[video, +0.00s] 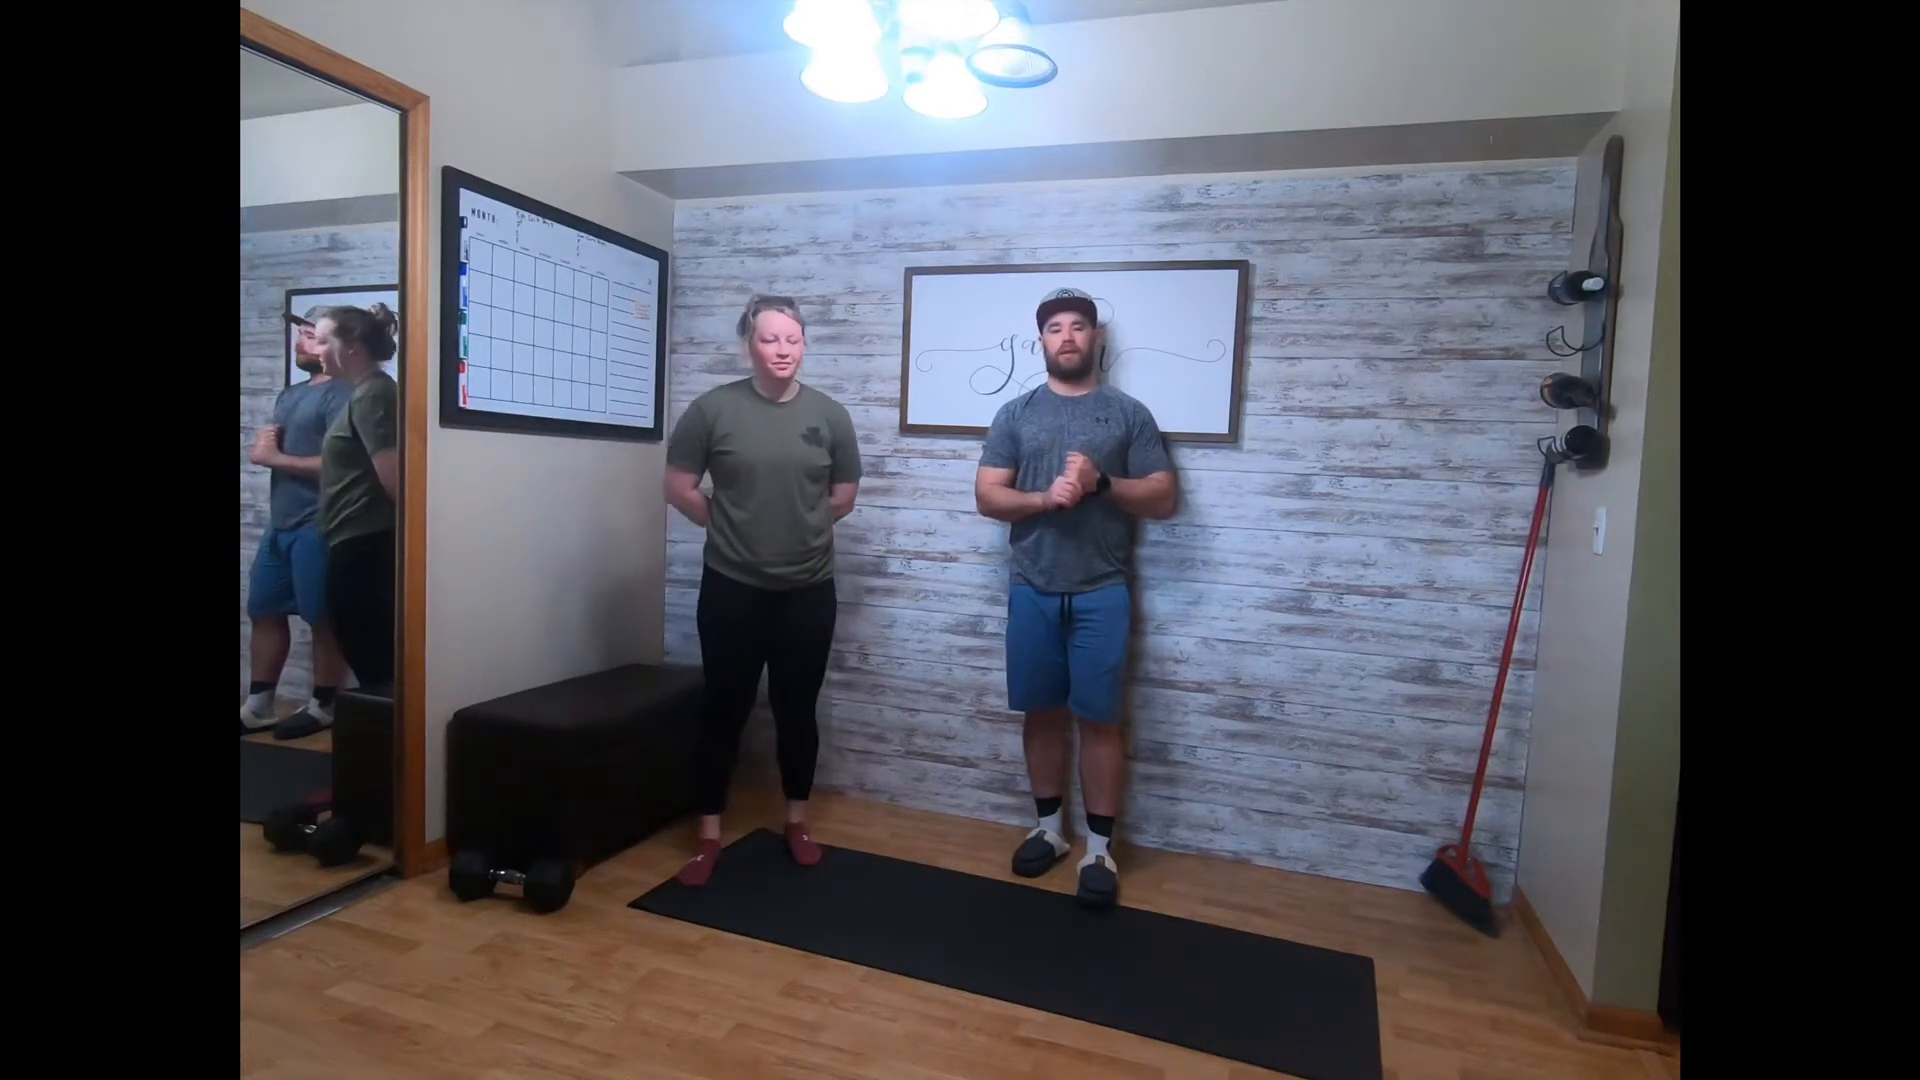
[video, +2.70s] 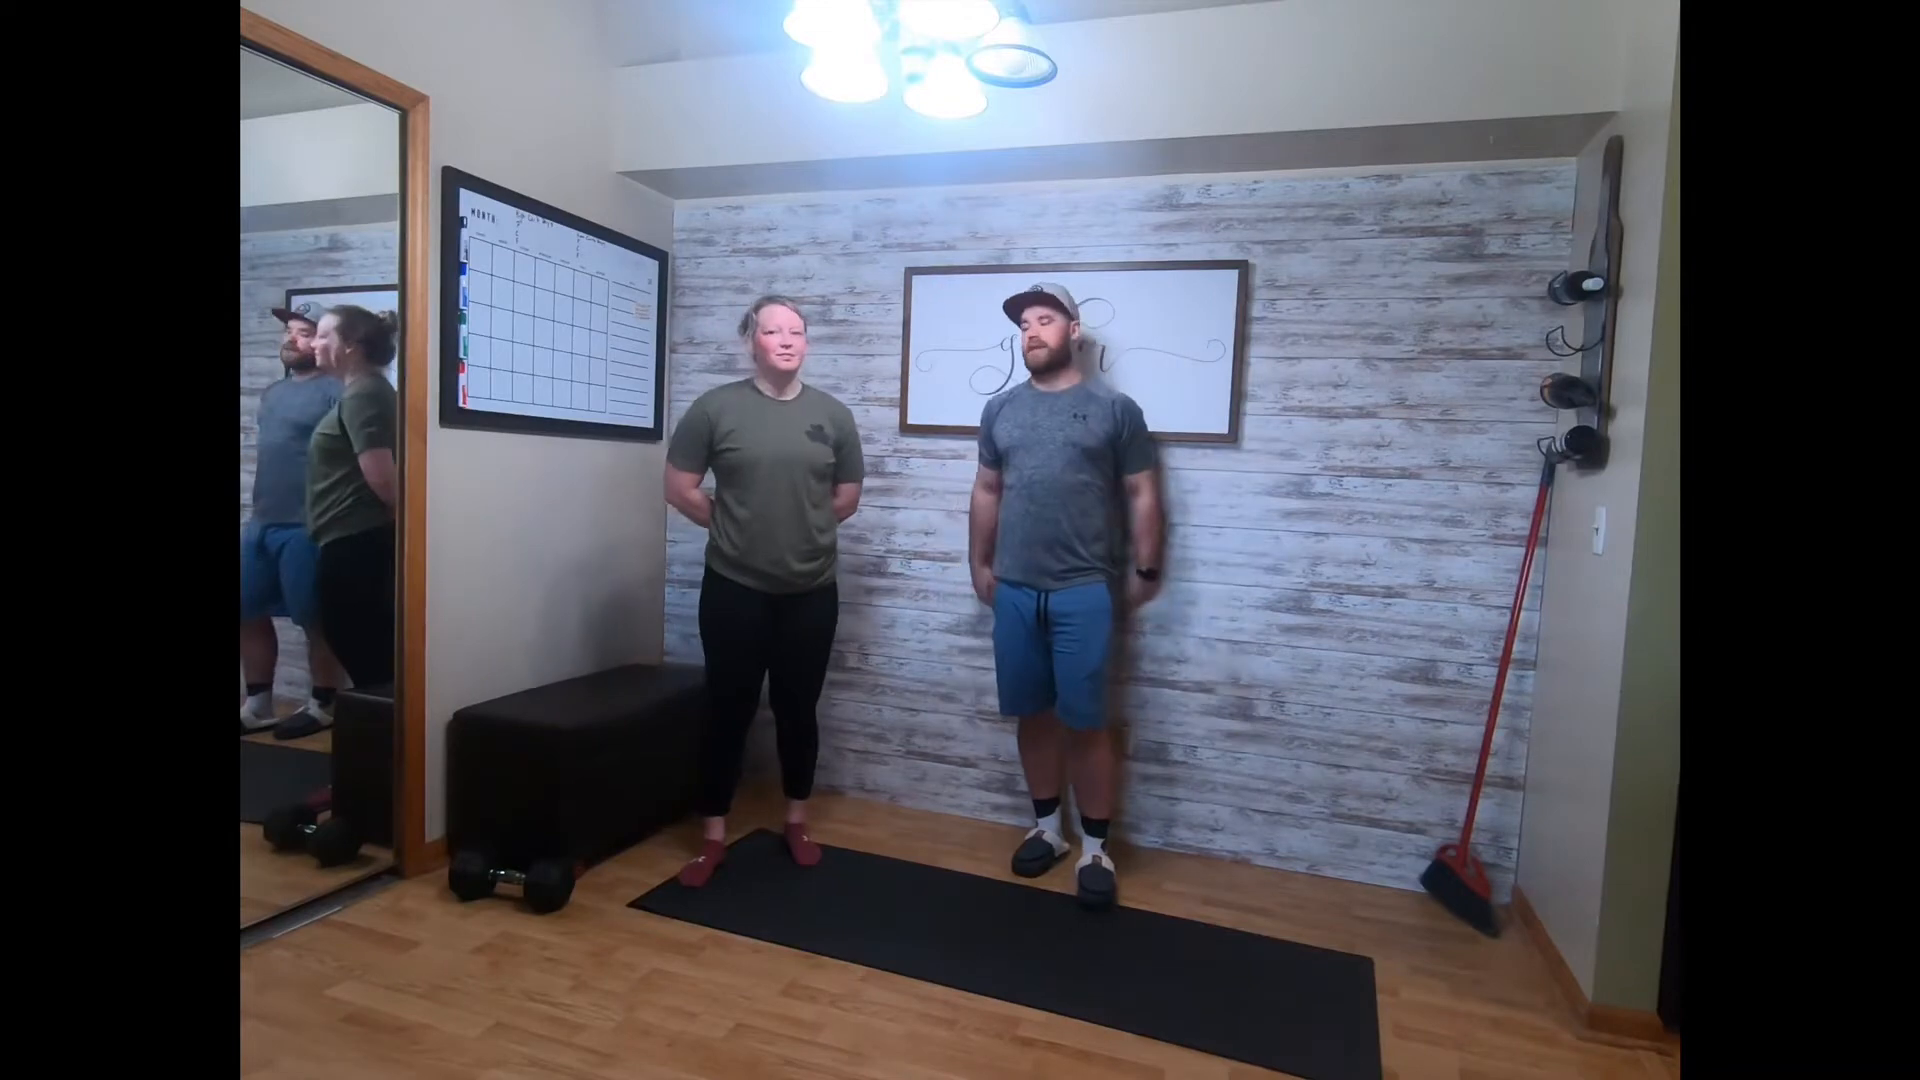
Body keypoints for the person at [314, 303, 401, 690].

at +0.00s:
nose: (318, 351)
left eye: (324, 341)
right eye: (319, 342)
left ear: (351, 346)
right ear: (353, 346)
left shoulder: (374, 396)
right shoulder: (364, 394)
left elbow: (397, 483)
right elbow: (392, 479)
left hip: (365, 541)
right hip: (357, 538)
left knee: (366, 647)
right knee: (367, 646)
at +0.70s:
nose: (326, 365)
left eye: (330, 354)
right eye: (324, 357)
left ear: (357, 351)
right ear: (358, 353)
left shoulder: (388, 400)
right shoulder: (360, 401)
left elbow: (414, 472)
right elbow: (355, 468)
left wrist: (411, 538)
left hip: (380, 544)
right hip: (356, 543)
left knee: (374, 647)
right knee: (363, 645)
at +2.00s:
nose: (297, 343)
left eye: (305, 334)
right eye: (299, 334)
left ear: (328, 340)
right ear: (350, 342)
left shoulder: (333, 391)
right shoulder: (381, 393)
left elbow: (349, 473)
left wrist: (400, 508)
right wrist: (405, 508)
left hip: (340, 543)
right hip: (378, 539)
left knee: (352, 655)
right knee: (376, 650)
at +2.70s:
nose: (314, 343)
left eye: (322, 335)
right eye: (316, 334)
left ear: (350, 344)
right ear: (352, 345)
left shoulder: (364, 394)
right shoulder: (364, 391)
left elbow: (382, 477)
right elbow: (384, 474)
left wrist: (416, 514)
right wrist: (416, 513)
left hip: (358, 540)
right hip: (360, 537)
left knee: (361, 650)